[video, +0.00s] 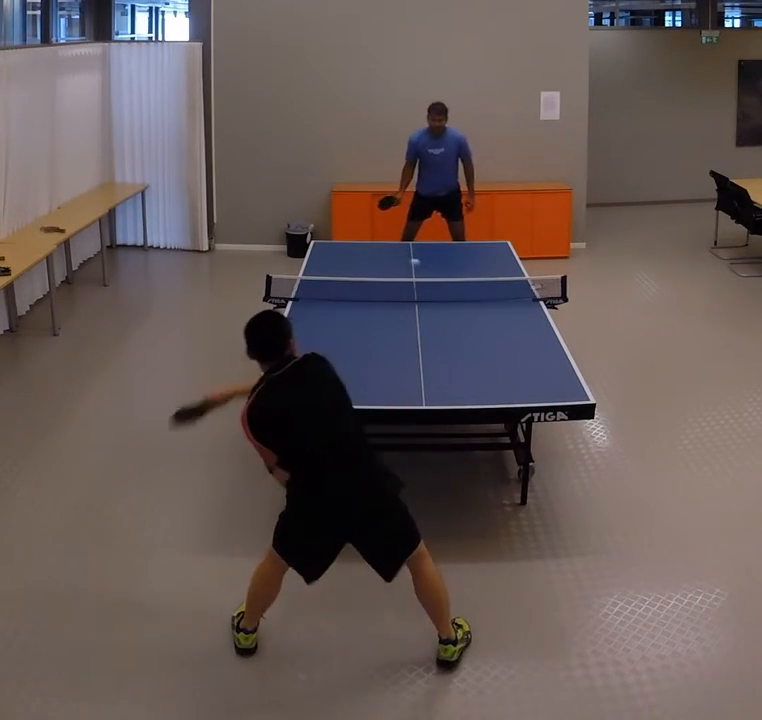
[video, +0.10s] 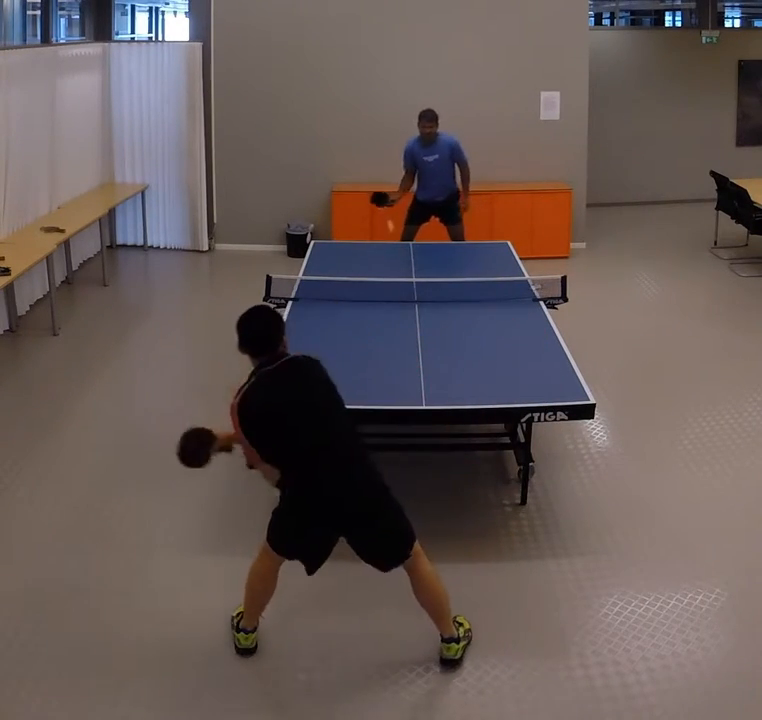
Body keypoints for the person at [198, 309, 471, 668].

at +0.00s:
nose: (293, 341)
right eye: (291, 337)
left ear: (252, 355)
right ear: (292, 342)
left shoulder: (256, 414)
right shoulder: (318, 366)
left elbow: (279, 469)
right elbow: (276, 385)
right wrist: (223, 397)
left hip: (314, 498)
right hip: (367, 482)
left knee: (277, 560)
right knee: (416, 555)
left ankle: (246, 629)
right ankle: (448, 639)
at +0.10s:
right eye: (277, 331)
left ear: (243, 348)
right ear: (282, 337)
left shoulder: (245, 403)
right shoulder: (310, 367)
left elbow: (267, 467)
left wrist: (289, 483)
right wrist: (233, 439)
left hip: (306, 495)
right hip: (358, 482)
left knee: (270, 556)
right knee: (412, 555)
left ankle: (246, 629)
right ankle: (451, 638)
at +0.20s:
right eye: (292, 322)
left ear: (251, 337)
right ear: (292, 329)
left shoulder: (247, 392)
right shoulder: (329, 370)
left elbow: (258, 470)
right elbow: (340, 431)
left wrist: (287, 476)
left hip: (295, 496)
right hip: (353, 488)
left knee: (266, 553)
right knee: (411, 558)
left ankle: (246, 628)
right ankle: (452, 639)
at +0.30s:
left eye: (276, 318)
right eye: (314, 315)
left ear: (273, 324)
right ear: (316, 321)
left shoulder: (258, 384)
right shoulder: (348, 369)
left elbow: (255, 465)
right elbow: (389, 431)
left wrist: (287, 457)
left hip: (294, 498)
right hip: (353, 495)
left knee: (270, 549)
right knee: (418, 564)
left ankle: (245, 628)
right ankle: (458, 653)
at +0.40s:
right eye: (347, 311)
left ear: (305, 318)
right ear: (348, 317)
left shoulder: (282, 379)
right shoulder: (378, 372)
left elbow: (267, 456)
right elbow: (416, 435)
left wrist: (293, 475)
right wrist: (380, 437)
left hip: (307, 498)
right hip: (368, 498)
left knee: (281, 551)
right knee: (431, 572)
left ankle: (246, 628)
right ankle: (463, 662)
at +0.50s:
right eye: (373, 307)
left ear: (331, 313)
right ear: (375, 313)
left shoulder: (304, 372)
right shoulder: (400, 374)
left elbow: (280, 443)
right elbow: (424, 444)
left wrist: (306, 460)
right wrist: (388, 426)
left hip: (318, 495)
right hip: (380, 499)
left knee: (287, 557)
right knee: (435, 575)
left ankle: (255, 634)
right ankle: (463, 662)